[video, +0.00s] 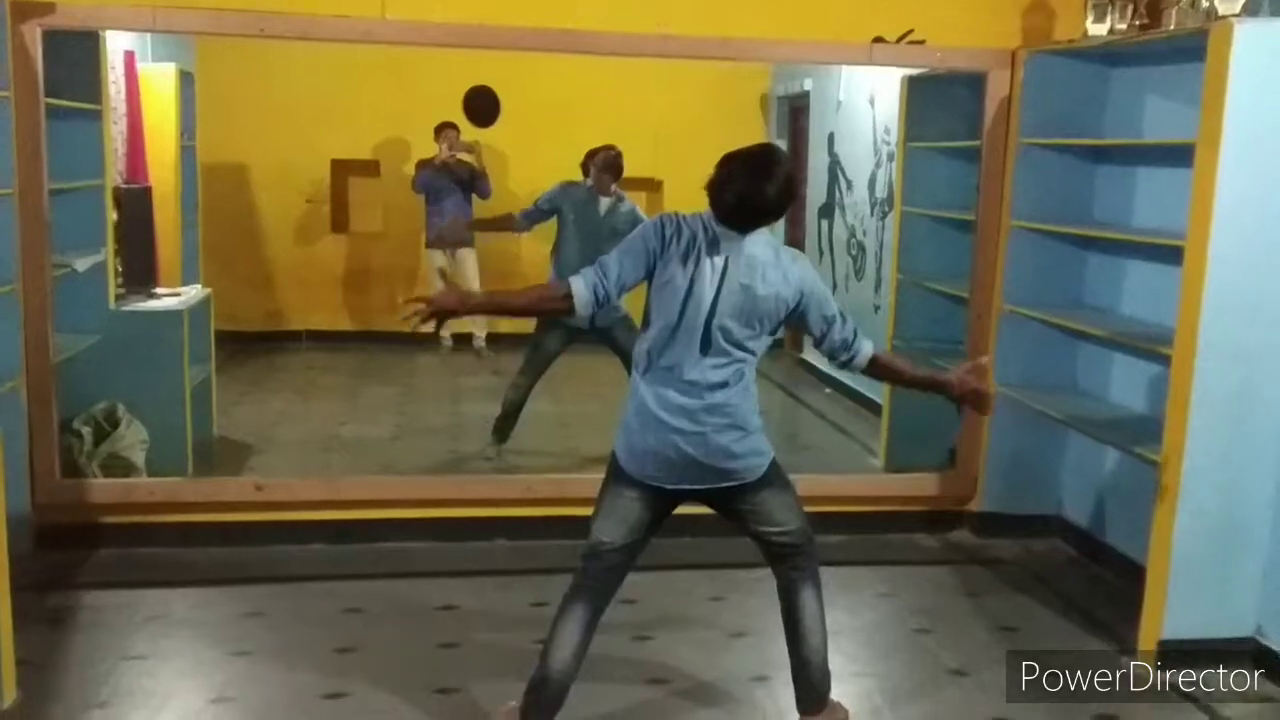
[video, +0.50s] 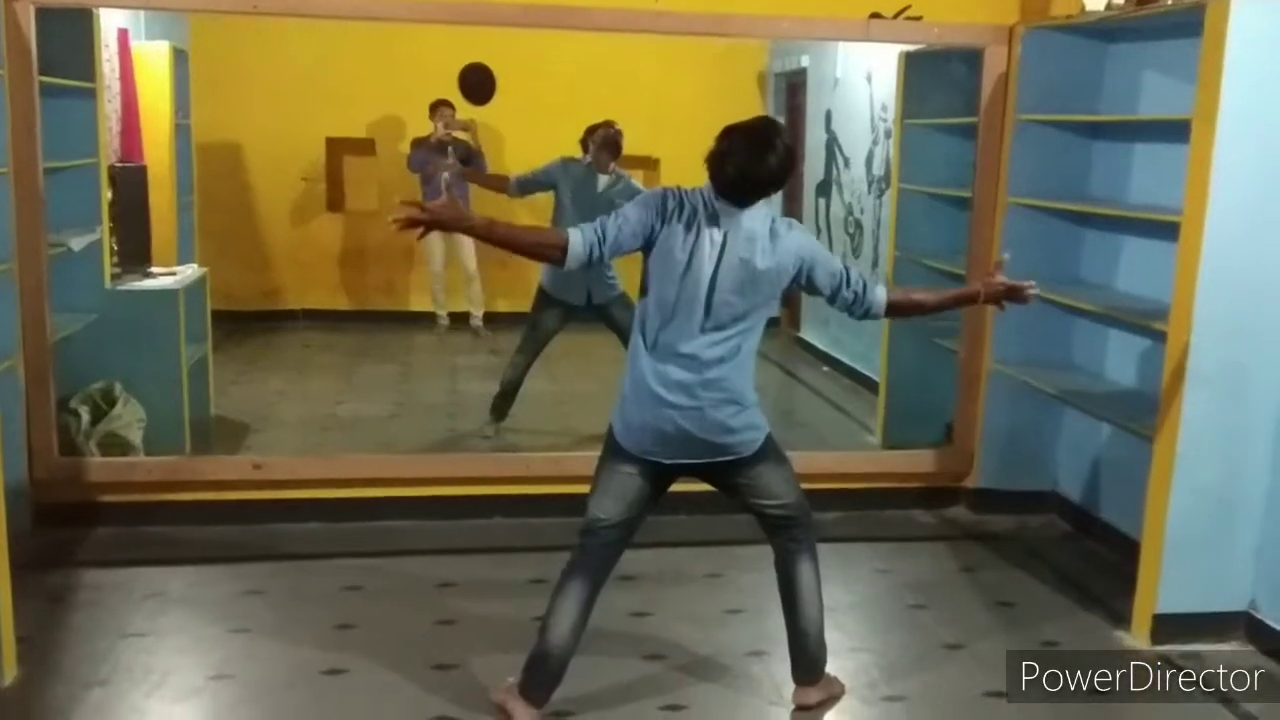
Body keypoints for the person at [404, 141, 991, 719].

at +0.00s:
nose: (795, 192)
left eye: (785, 182)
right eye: (791, 187)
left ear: (717, 191)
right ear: (779, 209)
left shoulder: (668, 232)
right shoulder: (791, 273)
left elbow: (578, 295)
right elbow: (857, 351)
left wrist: (472, 301)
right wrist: (945, 382)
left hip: (647, 442)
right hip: (730, 449)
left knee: (592, 582)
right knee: (797, 565)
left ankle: (533, 712)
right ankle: (816, 708)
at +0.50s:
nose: (788, 175)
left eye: (770, 159)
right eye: (786, 167)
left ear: (717, 165)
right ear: (774, 183)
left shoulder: (666, 208)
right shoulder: (786, 240)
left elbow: (566, 246)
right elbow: (874, 300)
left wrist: (461, 222)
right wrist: (972, 293)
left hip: (644, 418)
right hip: (728, 422)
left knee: (591, 557)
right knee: (794, 534)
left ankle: (528, 700)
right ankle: (810, 684)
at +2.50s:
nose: (746, 147)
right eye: (748, 137)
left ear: (683, 138)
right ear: (749, 145)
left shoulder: (635, 212)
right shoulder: (767, 227)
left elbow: (605, 333)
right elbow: (761, 318)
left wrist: (591, 421)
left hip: (646, 423)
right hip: (728, 426)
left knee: (586, 554)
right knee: (752, 554)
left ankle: (531, 695)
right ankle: (794, 679)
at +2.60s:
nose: (755, 153)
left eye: (691, 132)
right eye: (757, 144)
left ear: (691, 139)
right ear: (753, 149)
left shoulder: (640, 209)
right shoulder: (762, 216)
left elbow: (613, 329)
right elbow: (734, 285)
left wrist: (595, 416)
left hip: (648, 415)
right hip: (725, 416)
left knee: (587, 554)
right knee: (748, 549)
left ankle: (532, 694)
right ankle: (792, 678)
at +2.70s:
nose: (673, 137)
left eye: (678, 129)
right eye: (748, 138)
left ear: (682, 136)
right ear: (745, 144)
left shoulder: (641, 208)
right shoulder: (753, 213)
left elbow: (617, 331)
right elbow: (707, 294)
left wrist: (597, 419)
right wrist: (598, 334)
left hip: (651, 419)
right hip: (725, 418)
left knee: (584, 554)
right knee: (746, 548)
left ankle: (532, 685)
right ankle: (791, 674)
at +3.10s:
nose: (605, 175)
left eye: (602, 164)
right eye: (602, 164)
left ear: (614, 164)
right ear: (669, 147)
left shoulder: (631, 222)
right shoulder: (731, 201)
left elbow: (642, 347)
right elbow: (727, 299)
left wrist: (608, 425)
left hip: (658, 422)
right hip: (722, 417)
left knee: (576, 542)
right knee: (739, 539)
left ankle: (527, 687)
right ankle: (788, 675)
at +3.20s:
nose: (602, 180)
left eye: (599, 168)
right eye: (598, 169)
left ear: (612, 166)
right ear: (663, 147)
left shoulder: (631, 224)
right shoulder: (724, 197)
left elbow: (646, 346)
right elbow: (738, 250)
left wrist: (612, 426)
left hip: (657, 424)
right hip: (720, 419)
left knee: (574, 544)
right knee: (738, 541)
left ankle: (526, 686)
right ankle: (787, 675)